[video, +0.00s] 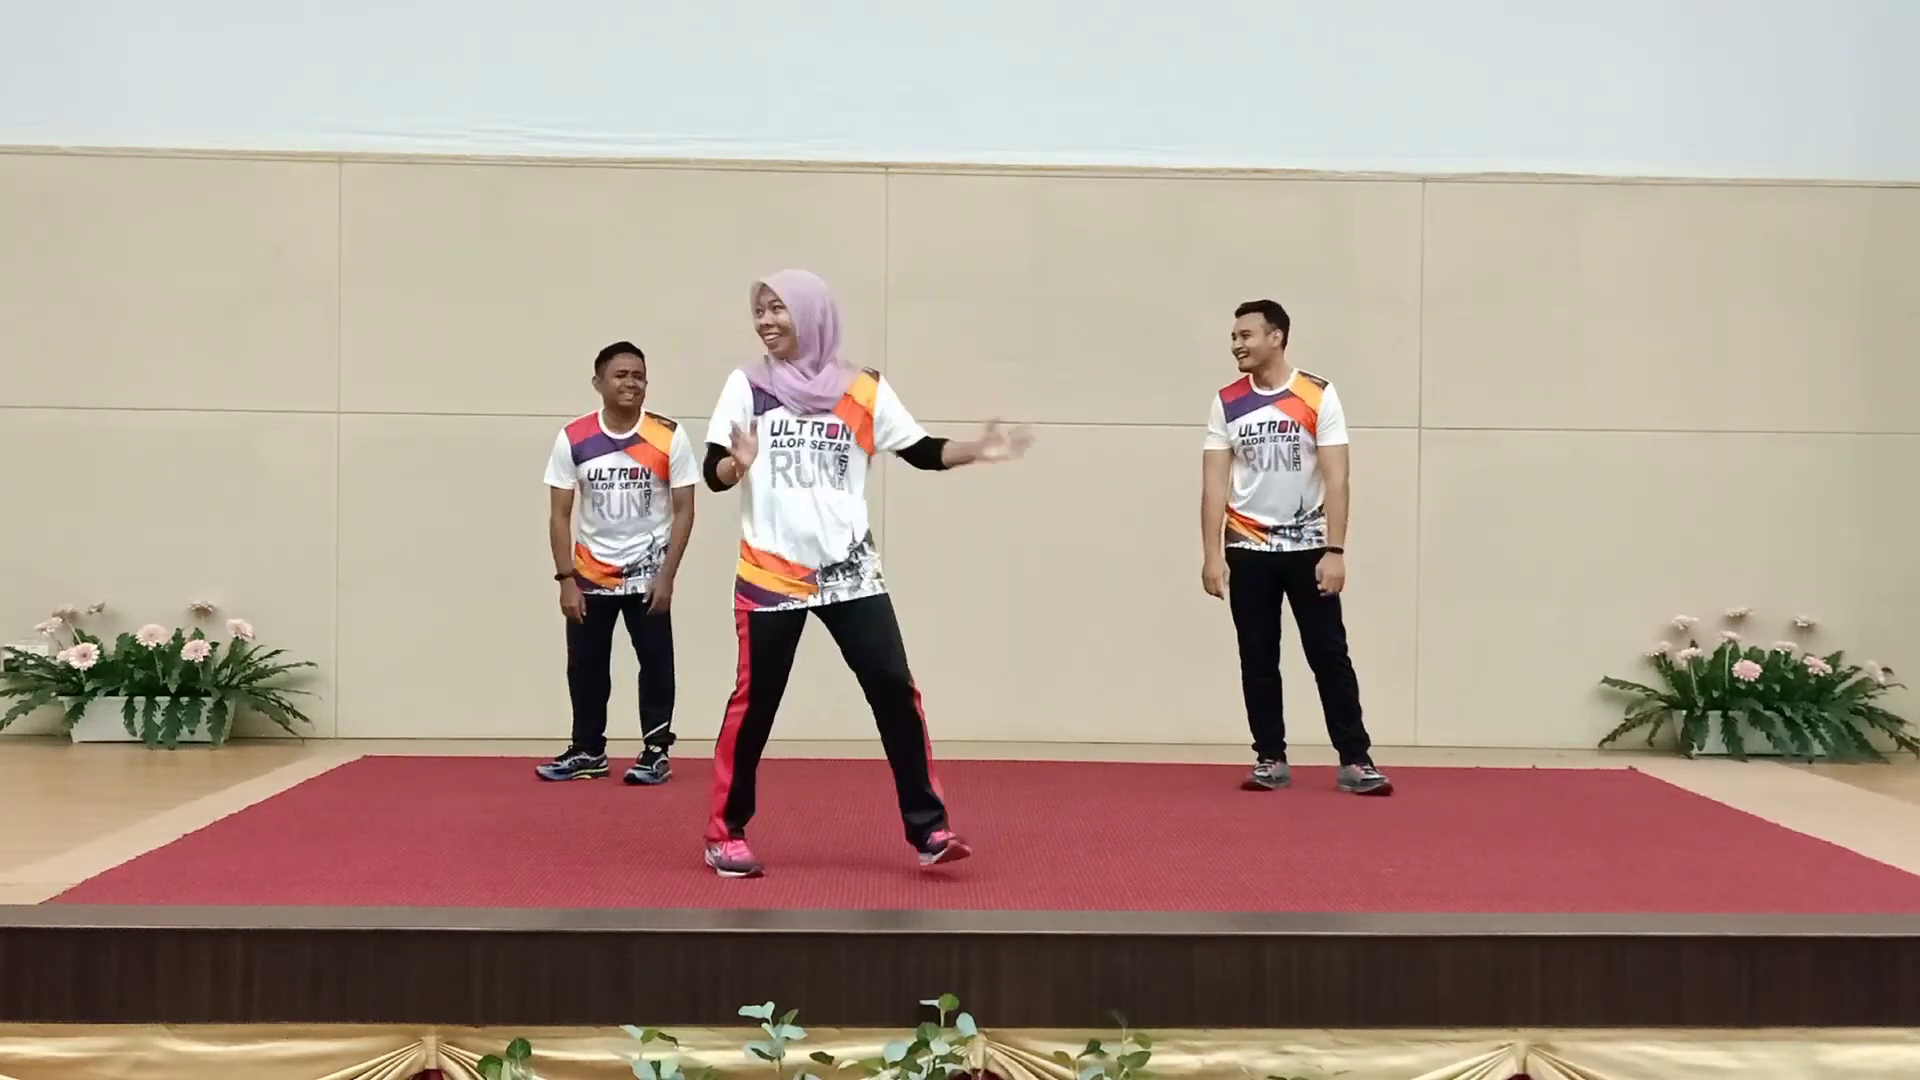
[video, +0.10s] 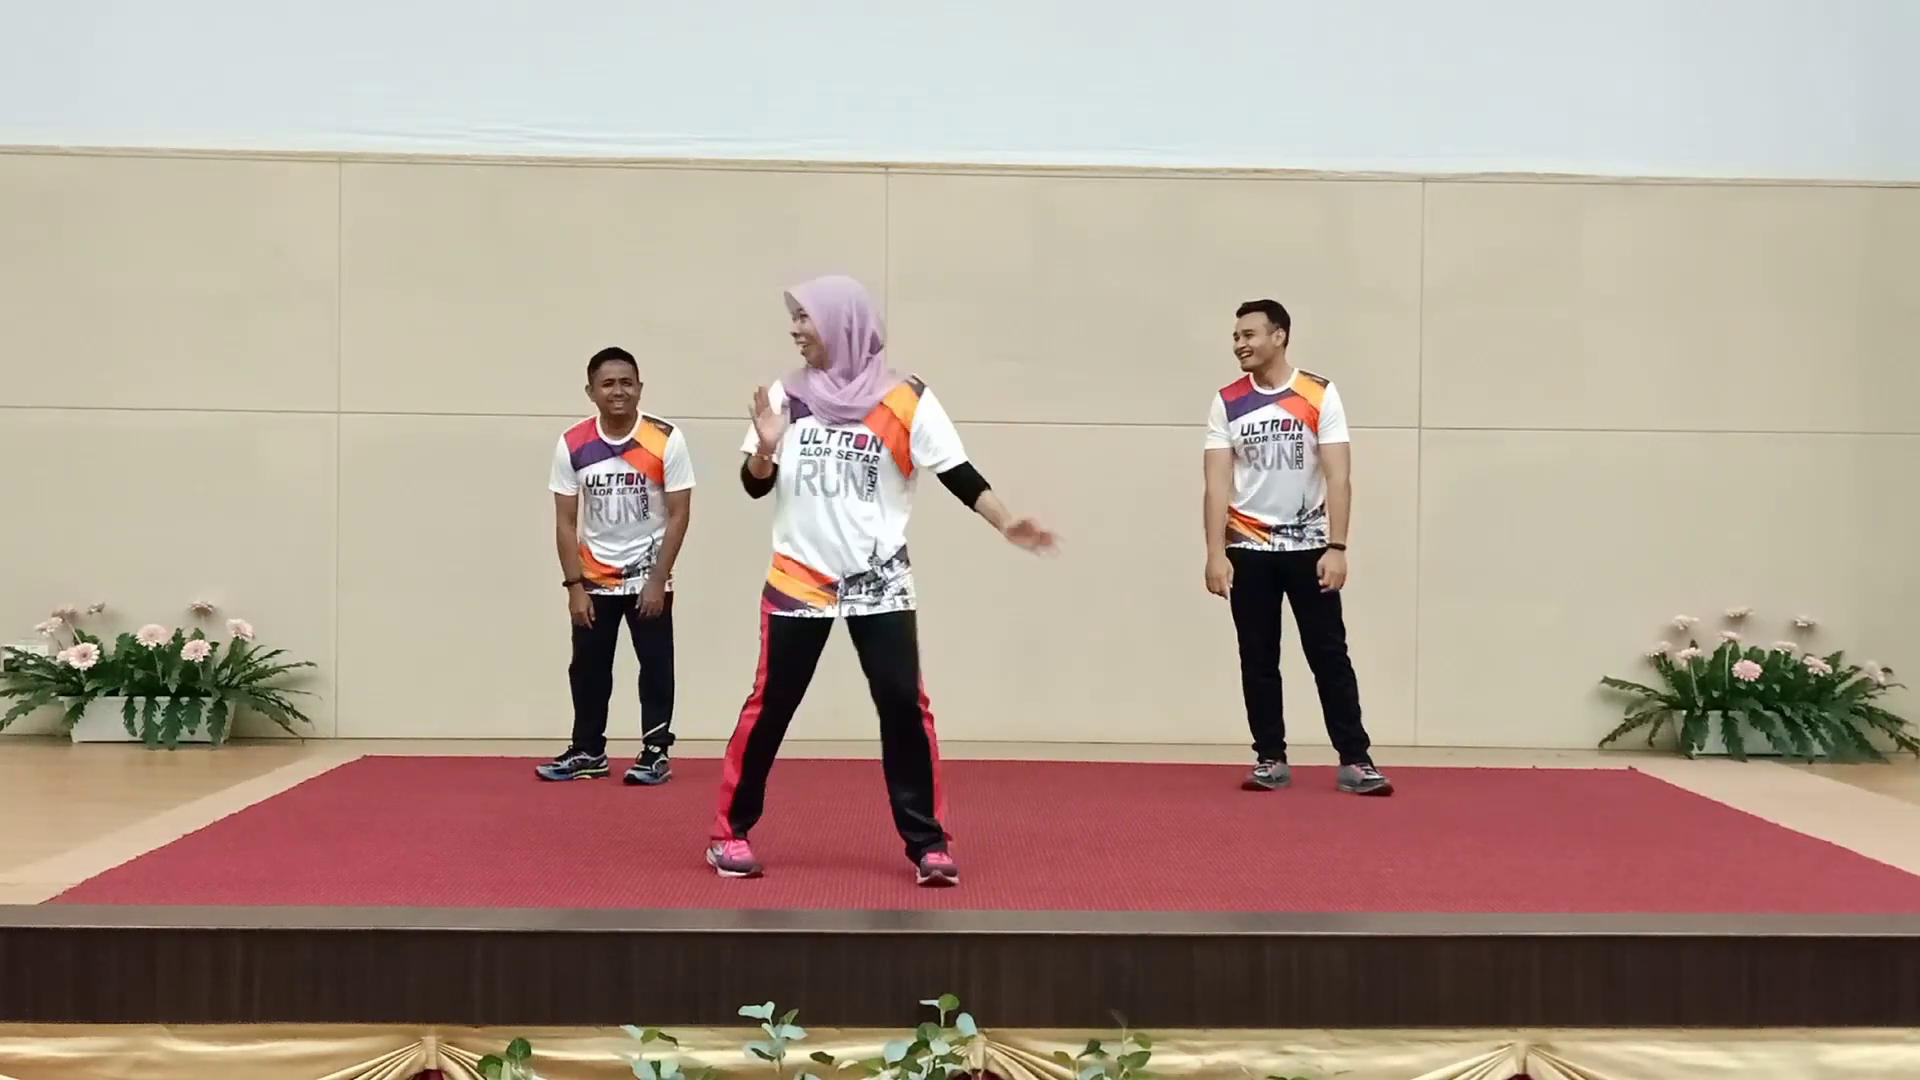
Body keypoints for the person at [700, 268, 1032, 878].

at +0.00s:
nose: (766, 321)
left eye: (777, 308)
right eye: (760, 312)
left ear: (813, 312)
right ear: (757, 322)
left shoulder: (861, 388)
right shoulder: (746, 389)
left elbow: (919, 449)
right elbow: (714, 475)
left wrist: (974, 448)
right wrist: (737, 465)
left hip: (849, 570)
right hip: (772, 572)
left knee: (895, 688)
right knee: (755, 702)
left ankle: (928, 829)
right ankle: (725, 834)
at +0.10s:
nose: (796, 331)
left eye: (805, 319)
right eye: (795, 320)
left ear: (843, 322)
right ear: (810, 326)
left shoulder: (904, 399)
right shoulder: (786, 398)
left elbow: (954, 469)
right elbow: (755, 488)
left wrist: (1005, 521)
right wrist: (765, 447)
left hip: (879, 581)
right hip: (799, 578)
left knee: (903, 706)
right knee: (771, 706)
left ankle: (928, 846)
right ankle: (729, 833)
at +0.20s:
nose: (812, 328)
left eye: (822, 318)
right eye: (813, 317)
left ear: (860, 325)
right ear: (838, 326)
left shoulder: (922, 398)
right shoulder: (809, 398)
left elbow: (966, 478)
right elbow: (786, 488)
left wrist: (1006, 550)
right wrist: (783, 453)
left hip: (896, 575)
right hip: (817, 573)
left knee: (914, 704)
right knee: (786, 699)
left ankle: (930, 845)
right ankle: (733, 830)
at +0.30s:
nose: (844, 325)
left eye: (854, 315)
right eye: (847, 314)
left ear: (886, 322)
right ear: (876, 323)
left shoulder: (948, 396)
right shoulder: (846, 390)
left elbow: (976, 488)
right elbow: (830, 481)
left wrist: (988, 569)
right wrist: (813, 445)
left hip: (924, 574)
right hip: (848, 570)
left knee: (925, 705)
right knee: (807, 692)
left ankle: (931, 845)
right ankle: (764, 827)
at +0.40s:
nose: (856, 325)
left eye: (866, 315)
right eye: (859, 315)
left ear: (899, 322)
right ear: (887, 322)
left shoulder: (958, 395)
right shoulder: (859, 389)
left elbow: (981, 489)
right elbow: (846, 477)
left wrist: (983, 573)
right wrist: (824, 444)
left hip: (934, 572)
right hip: (861, 568)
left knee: (929, 706)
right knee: (823, 686)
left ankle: (930, 845)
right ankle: (798, 825)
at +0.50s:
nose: (870, 329)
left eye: (879, 318)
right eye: (872, 318)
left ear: (910, 321)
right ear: (899, 322)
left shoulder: (967, 394)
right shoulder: (871, 387)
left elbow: (986, 489)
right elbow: (865, 480)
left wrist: (976, 575)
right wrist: (837, 452)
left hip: (944, 575)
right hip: (872, 570)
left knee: (931, 704)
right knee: (837, 682)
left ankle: (931, 843)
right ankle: (850, 822)